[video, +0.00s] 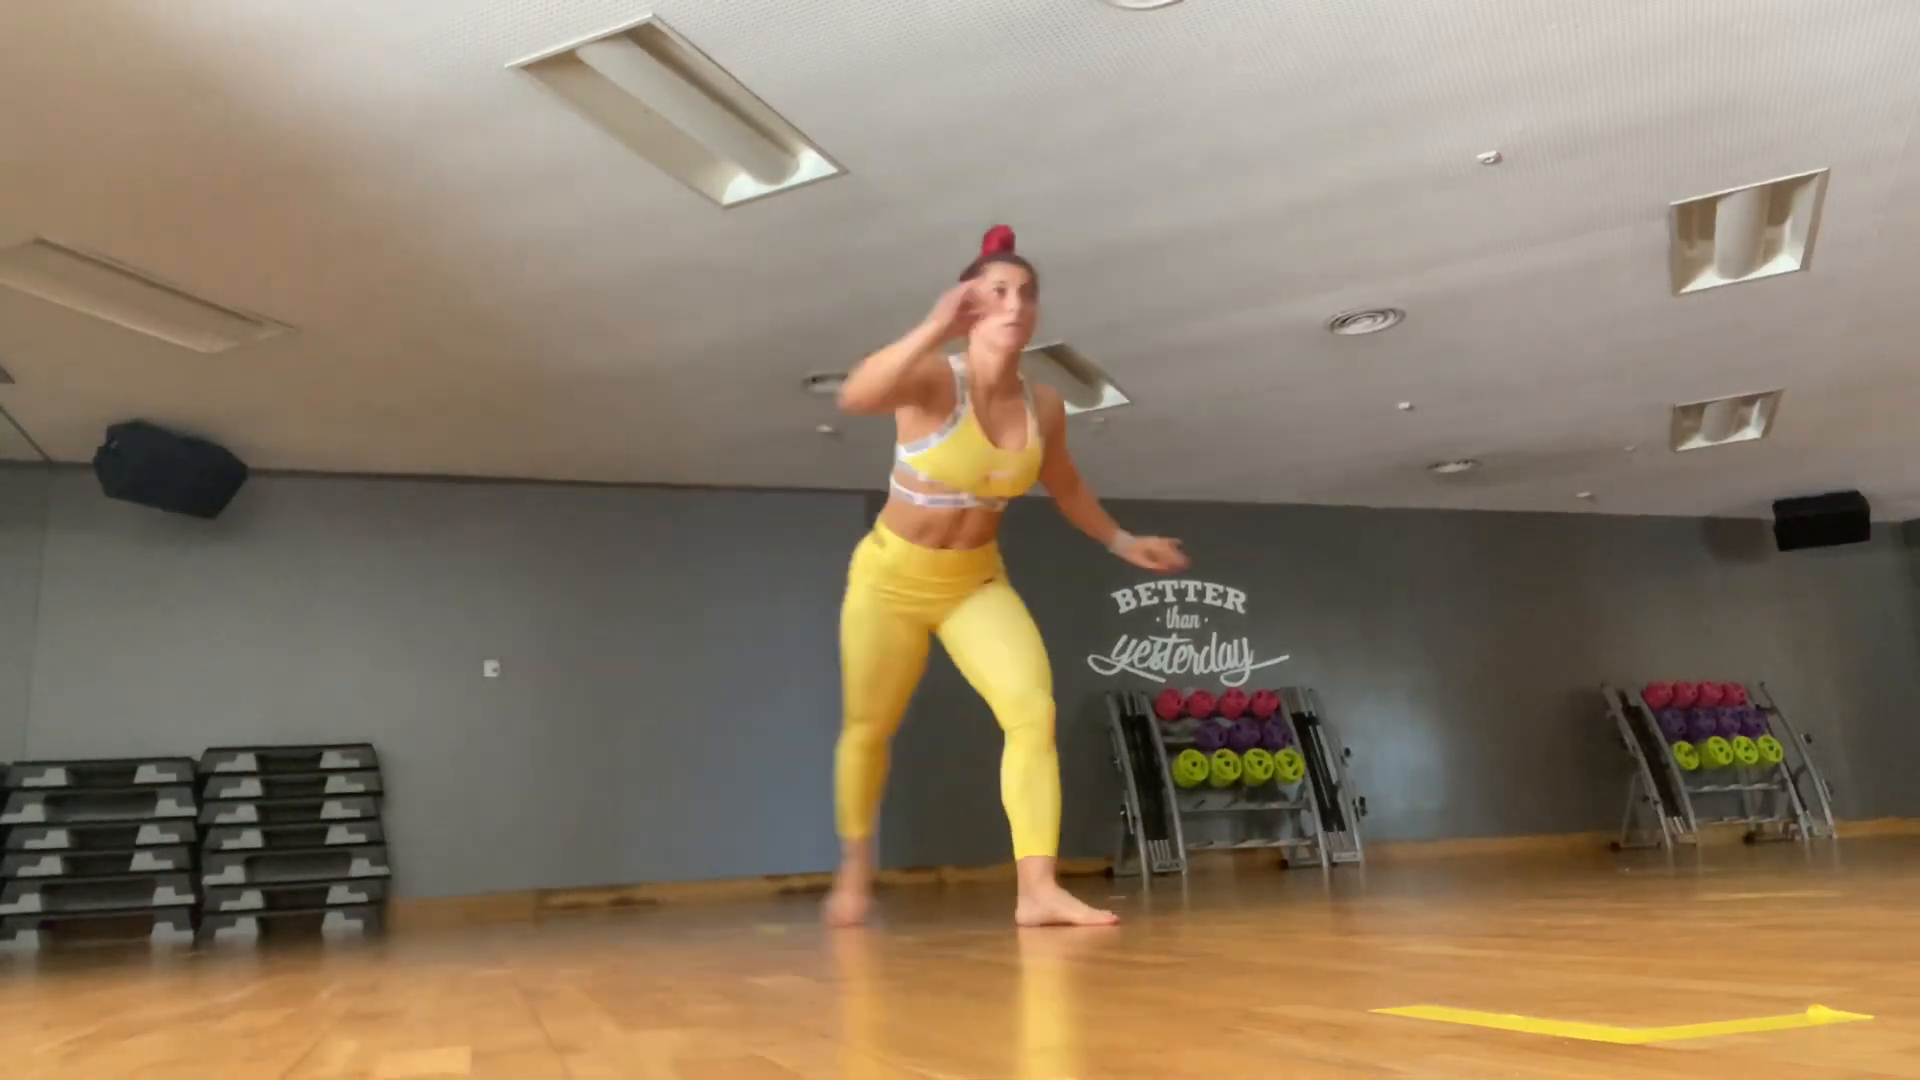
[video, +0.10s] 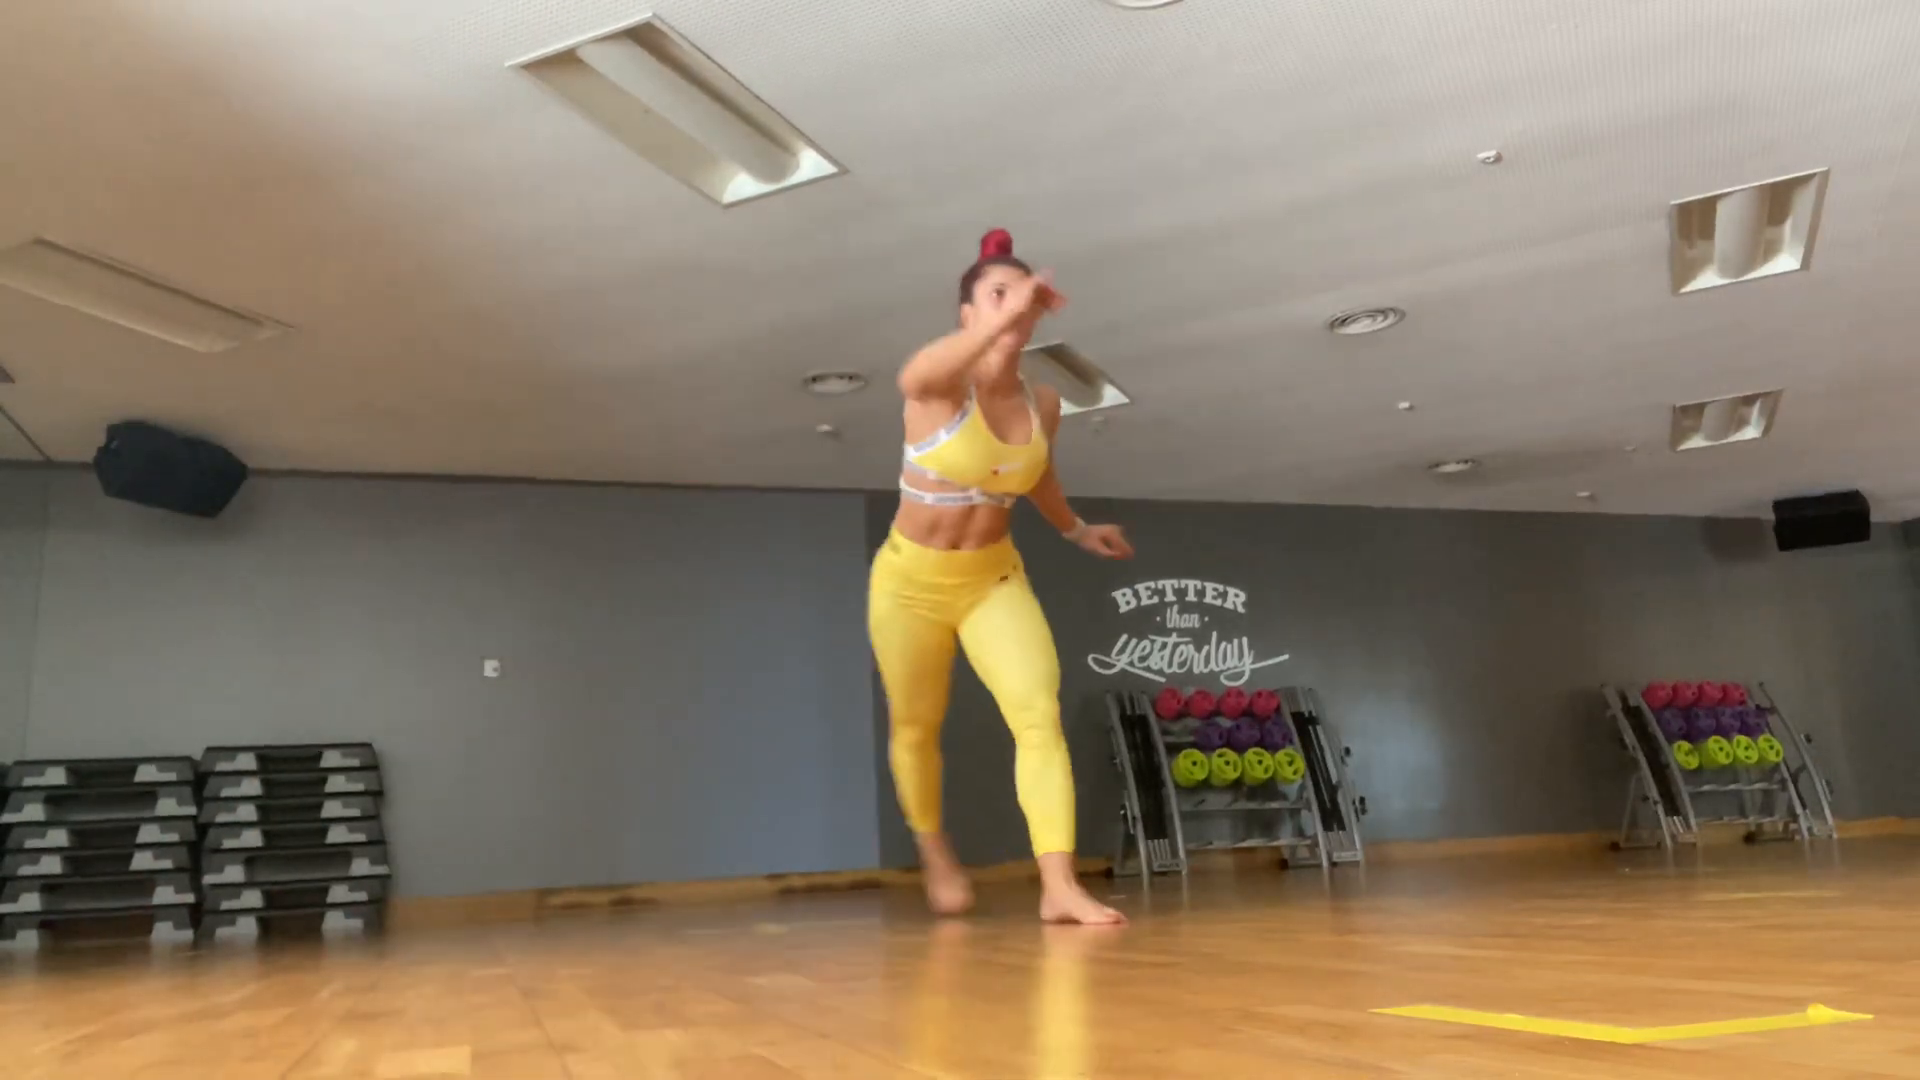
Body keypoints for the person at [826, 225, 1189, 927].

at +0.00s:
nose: (1017, 303)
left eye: (1027, 293)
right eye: (1000, 291)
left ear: (1037, 315)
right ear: (967, 309)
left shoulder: (1042, 408)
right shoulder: (930, 376)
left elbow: (1067, 490)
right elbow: (856, 395)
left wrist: (1124, 543)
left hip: (976, 584)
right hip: (891, 579)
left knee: (1032, 711)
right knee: (867, 729)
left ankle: (1038, 890)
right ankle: (855, 865)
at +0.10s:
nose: (1015, 306)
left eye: (1023, 296)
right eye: (998, 294)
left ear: (1035, 312)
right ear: (968, 310)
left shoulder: (1042, 404)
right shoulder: (929, 381)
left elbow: (1040, 481)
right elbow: (935, 372)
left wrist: (1078, 531)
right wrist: (1013, 316)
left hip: (995, 581)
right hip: (911, 582)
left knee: (1037, 714)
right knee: (916, 728)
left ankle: (1058, 887)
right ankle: (933, 851)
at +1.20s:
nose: (861, 301)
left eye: (875, 288)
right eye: (844, 285)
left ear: (892, 306)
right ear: (814, 302)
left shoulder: (918, 386)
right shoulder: (767, 389)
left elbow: (1022, 431)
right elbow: (686, 468)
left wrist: (1047, 400)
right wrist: (641, 505)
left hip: (865, 580)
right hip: (772, 575)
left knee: (891, 731)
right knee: (753, 724)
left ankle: (897, 873)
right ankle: (757, 909)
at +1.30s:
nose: (853, 286)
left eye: (866, 275)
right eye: (836, 273)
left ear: (881, 296)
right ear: (805, 291)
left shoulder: (904, 374)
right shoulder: (757, 382)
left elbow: (1011, 396)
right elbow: (665, 478)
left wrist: (993, 344)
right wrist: (586, 539)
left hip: (852, 580)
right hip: (765, 571)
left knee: (842, 726)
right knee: (754, 719)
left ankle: (813, 848)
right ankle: (756, 905)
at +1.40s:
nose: (839, 275)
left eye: (853, 265)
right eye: (826, 264)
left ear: (876, 287)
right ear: (803, 283)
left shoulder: (893, 364)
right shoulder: (759, 372)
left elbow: (963, 356)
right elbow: (688, 462)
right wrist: (612, 519)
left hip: (843, 582)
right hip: (763, 564)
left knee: (793, 733)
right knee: (753, 717)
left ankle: (738, 859)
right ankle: (747, 890)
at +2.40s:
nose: (1291, 371)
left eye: (1297, 360)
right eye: (1273, 357)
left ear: (1304, 376)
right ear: (1233, 374)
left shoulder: (1298, 458)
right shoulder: (1179, 445)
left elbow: (1396, 478)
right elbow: (1083, 516)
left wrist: (1403, 396)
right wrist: (1116, 518)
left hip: (1193, 620)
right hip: (1111, 601)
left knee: (1293, 713)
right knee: (1055, 727)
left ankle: (1344, 873)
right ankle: (998, 878)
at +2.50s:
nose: (1336, 376)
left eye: (1343, 366)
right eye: (1319, 363)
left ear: (1347, 384)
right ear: (1279, 378)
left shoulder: (1343, 469)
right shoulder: (1222, 446)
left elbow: (1437, 514)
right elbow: (1117, 498)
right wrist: (1164, 482)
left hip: (1226, 612)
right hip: (1147, 594)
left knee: (1314, 708)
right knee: (1080, 728)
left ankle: (1345, 871)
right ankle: (1004, 873)